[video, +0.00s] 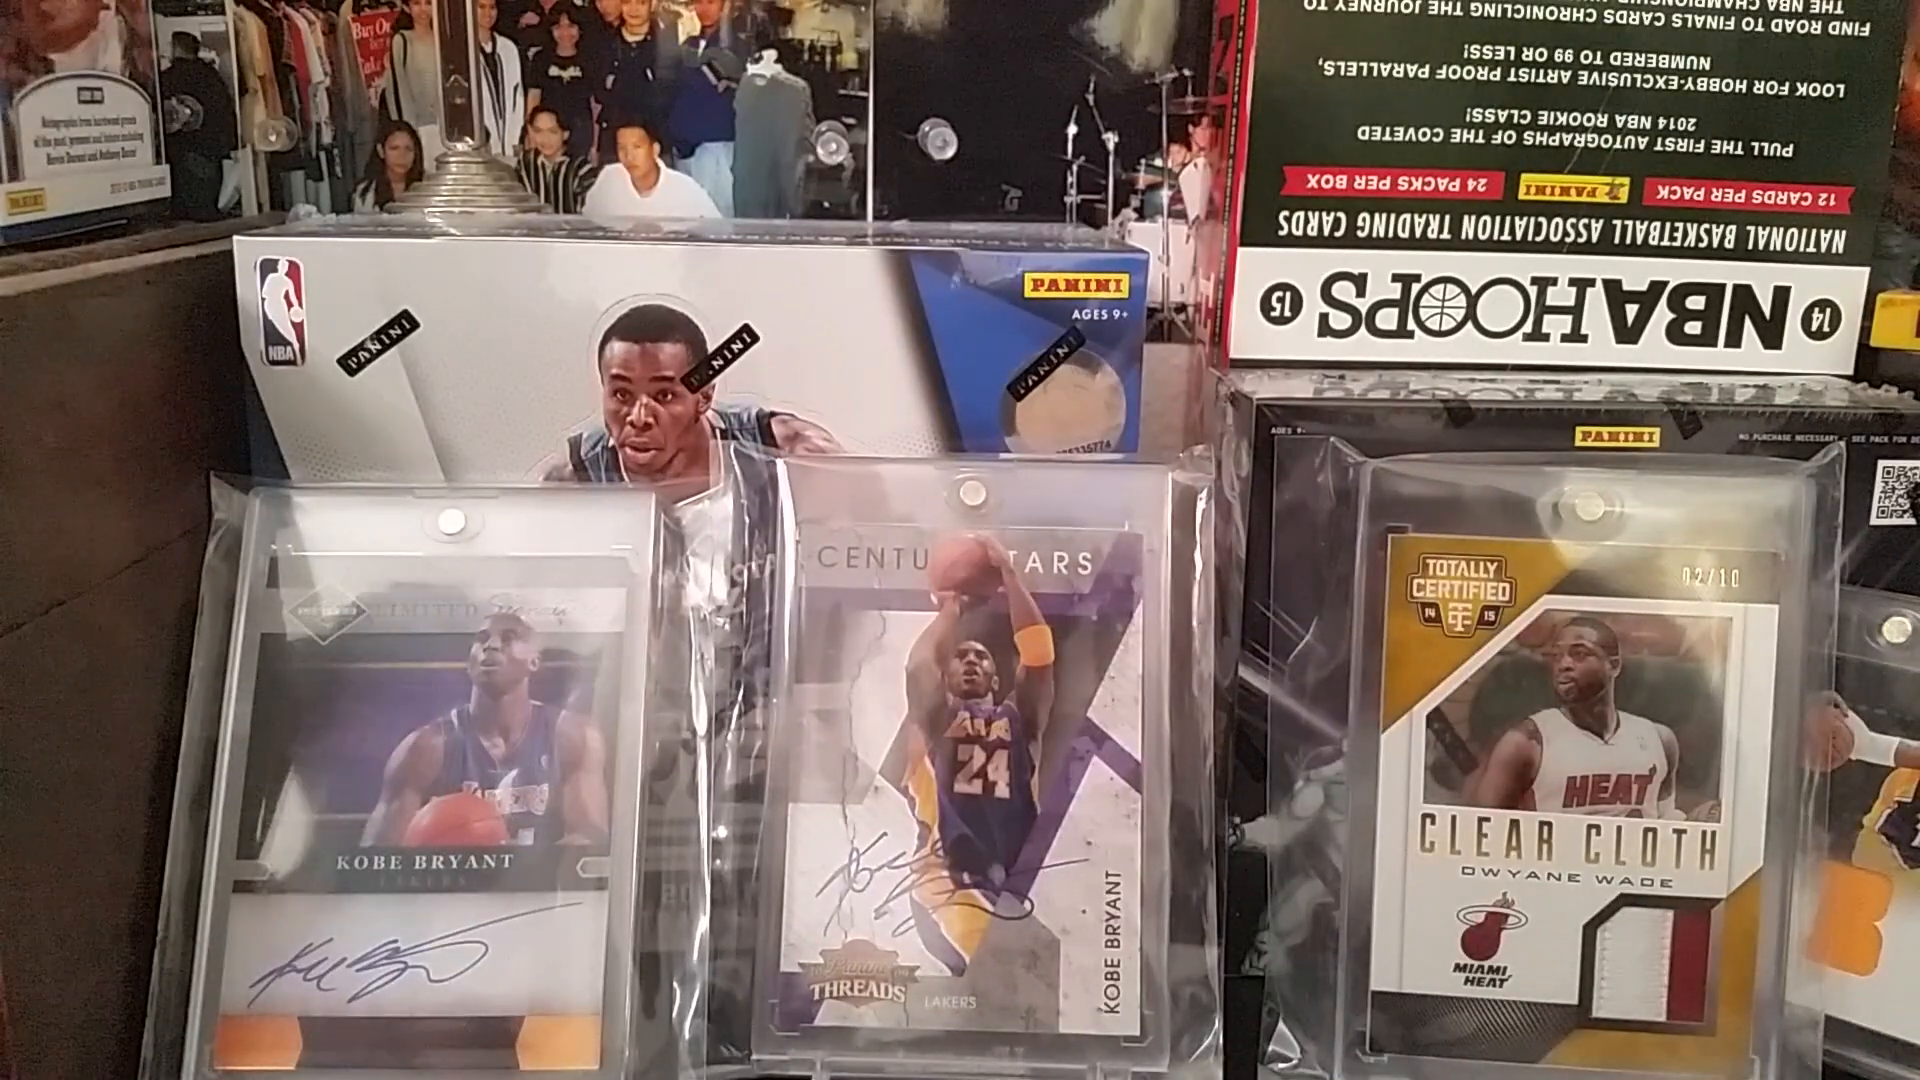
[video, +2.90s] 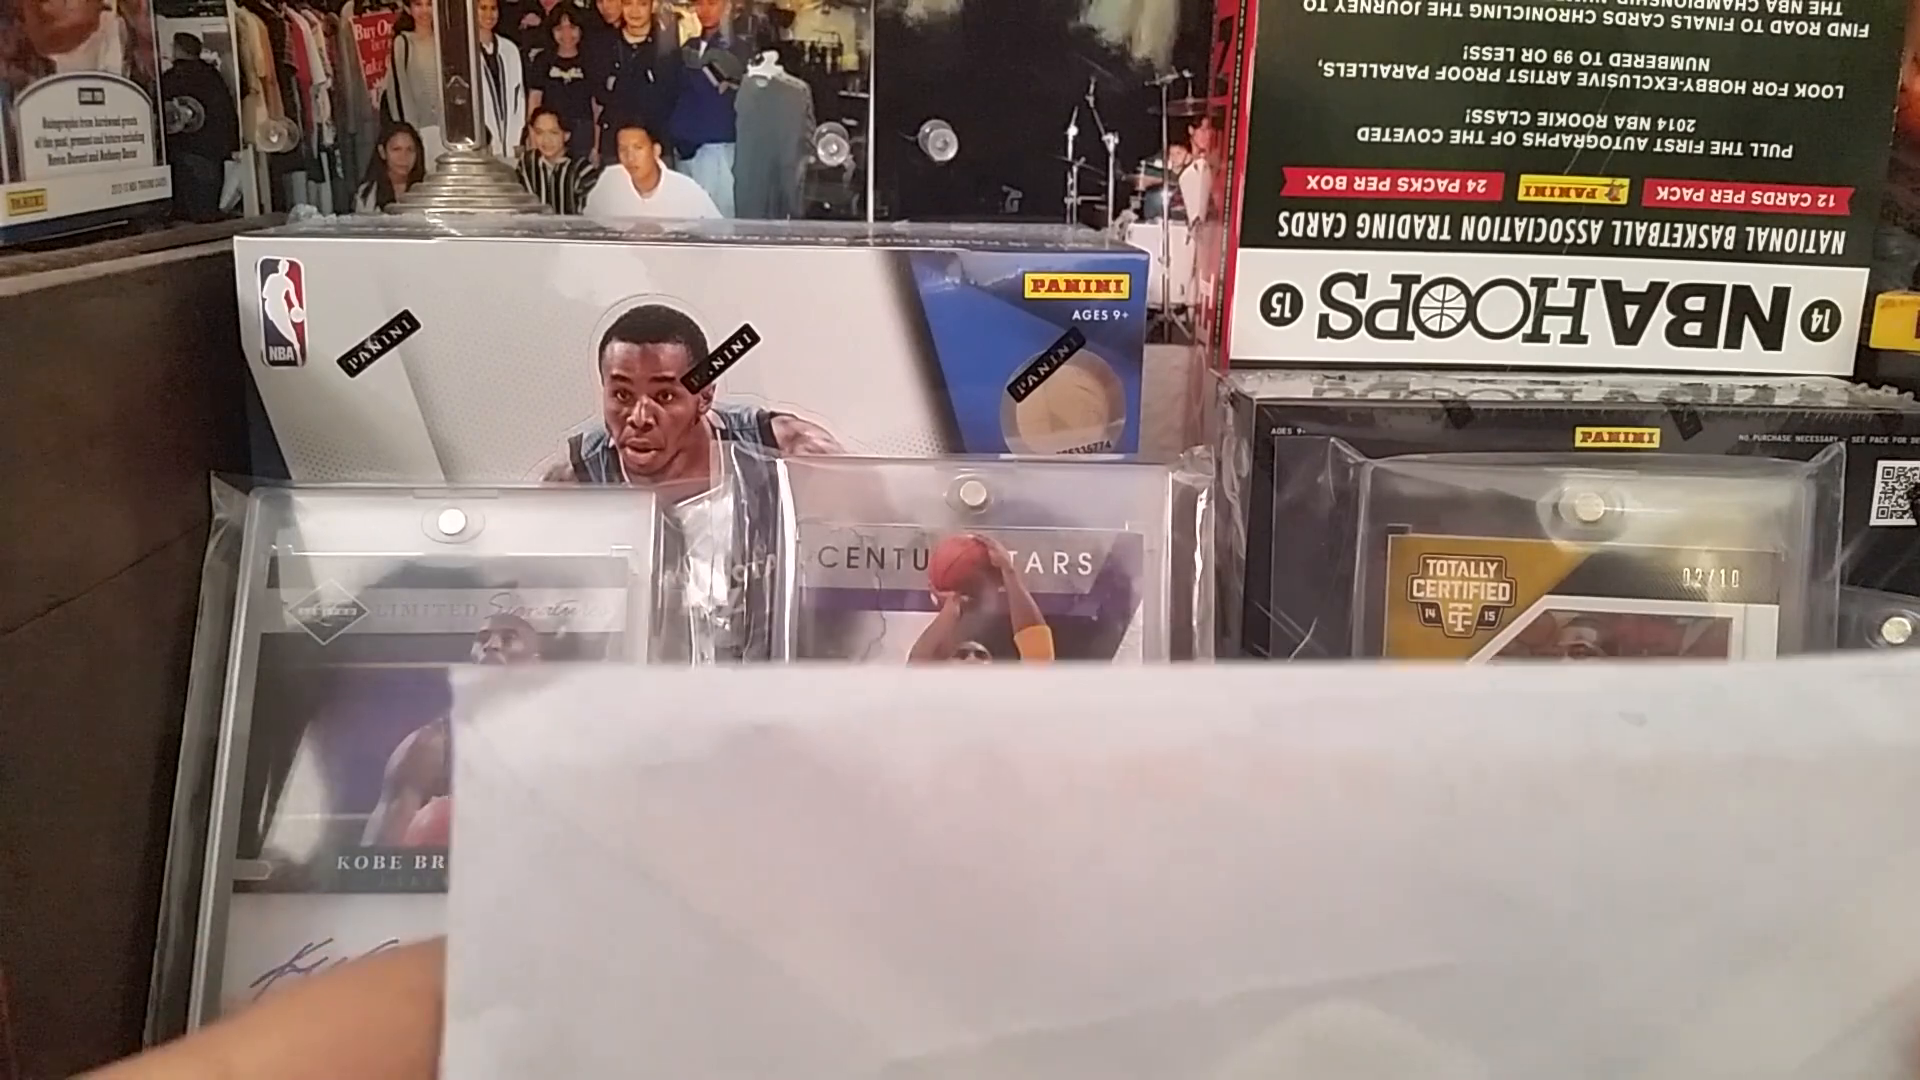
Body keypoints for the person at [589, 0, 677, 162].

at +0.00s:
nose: (634, 9)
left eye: (641, 3)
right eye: (628, 3)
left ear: (652, 6)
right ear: (621, 7)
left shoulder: (665, 44)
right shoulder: (607, 43)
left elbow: (669, 90)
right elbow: (599, 92)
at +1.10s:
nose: (634, 10)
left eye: (642, 3)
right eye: (628, 3)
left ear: (653, 6)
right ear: (621, 7)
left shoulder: (667, 44)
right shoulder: (608, 43)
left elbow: (675, 89)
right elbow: (598, 89)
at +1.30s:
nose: (634, 10)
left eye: (642, 3)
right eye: (628, 3)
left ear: (653, 6)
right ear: (621, 7)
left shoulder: (668, 45)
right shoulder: (608, 43)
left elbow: (675, 89)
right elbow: (598, 89)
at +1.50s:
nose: (634, 10)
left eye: (642, 3)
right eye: (628, 3)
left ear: (654, 5)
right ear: (621, 7)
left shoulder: (667, 44)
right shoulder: (607, 43)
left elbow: (670, 93)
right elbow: (601, 94)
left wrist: (616, 86)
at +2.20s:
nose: (635, 11)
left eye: (642, 4)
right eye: (628, 4)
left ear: (653, 6)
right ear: (621, 7)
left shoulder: (667, 45)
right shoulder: (607, 43)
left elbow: (672, 92)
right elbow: (600, 93)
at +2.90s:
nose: (634, 10)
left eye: (642, 4)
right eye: (628, 4)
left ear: (653, 6)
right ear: (621, 8)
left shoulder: (667, 45)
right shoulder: (605, 44)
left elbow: (673, 92)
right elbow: (600, 94)